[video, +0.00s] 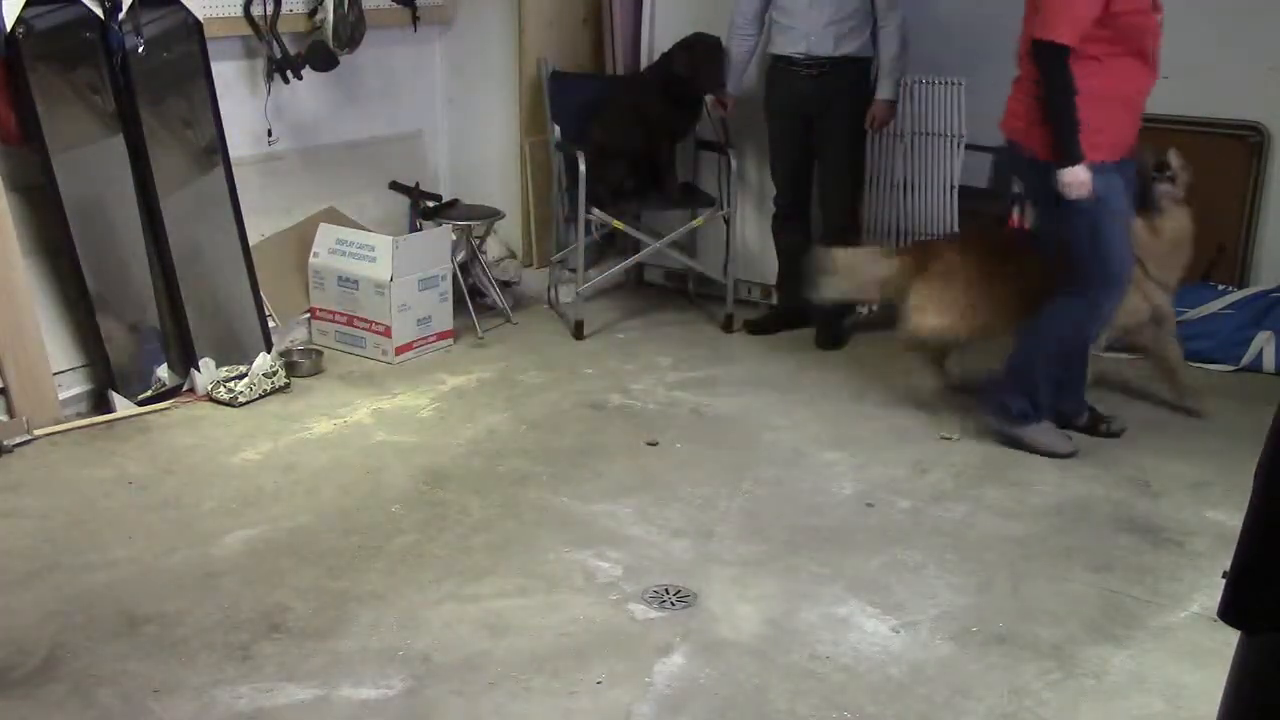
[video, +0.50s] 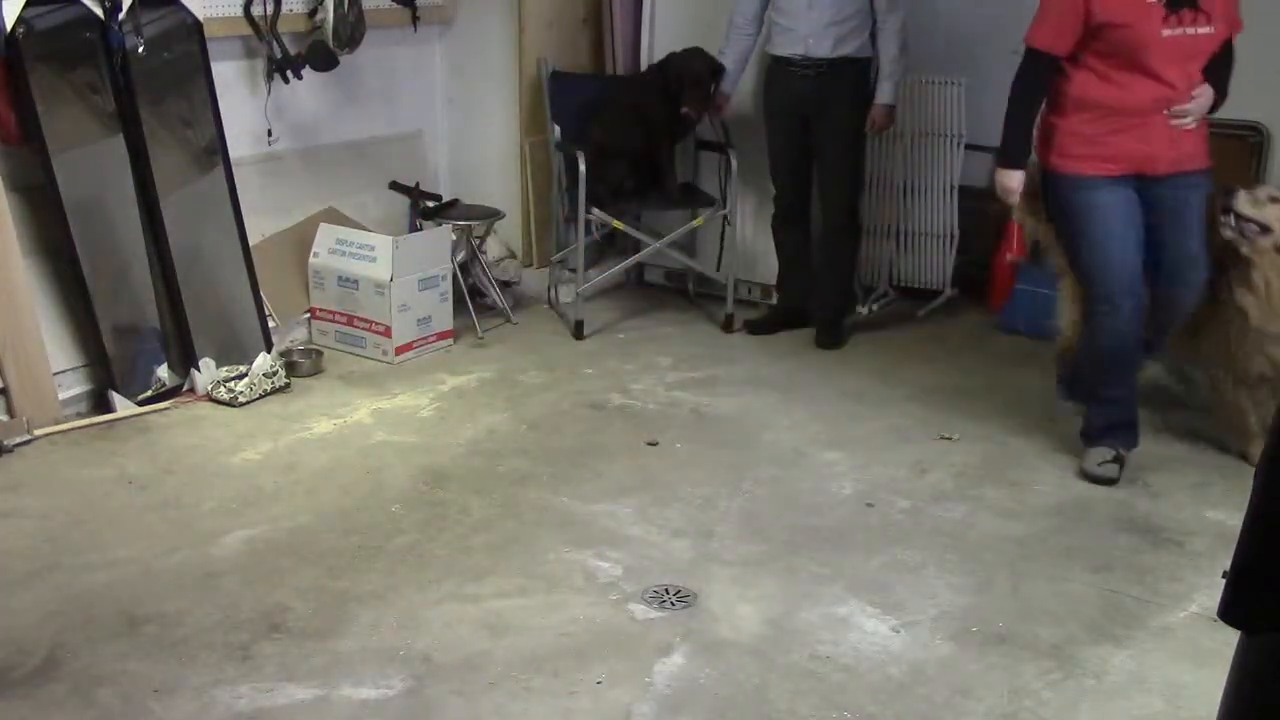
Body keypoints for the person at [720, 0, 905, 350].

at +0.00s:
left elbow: (890, 19)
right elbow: (748, 17)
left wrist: (885, 94)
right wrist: (729, 82)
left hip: (846, 76)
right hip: (785, 75)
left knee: (839, 201)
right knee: (789, 198)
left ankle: (834, 311)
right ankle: (791, 304)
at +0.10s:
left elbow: (890, 19)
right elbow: (748, 16)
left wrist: (885, 94)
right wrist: (729, 81)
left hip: (845, 77)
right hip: (785, 76)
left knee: (839, 203)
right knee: (789, 201)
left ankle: (831, 314)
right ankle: (793, 305)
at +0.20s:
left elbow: (891, 19)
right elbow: (748, 16)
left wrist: (885, 94)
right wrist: (728, 83)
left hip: (845, 77)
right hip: (785, 76)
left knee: (839, 202)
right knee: (789, 200)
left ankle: (831, 314)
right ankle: (792, 304)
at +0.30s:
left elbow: (891, 19)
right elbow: (747, 16)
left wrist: (884, 94)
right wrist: (727, 84)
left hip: (845, 77)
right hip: (784, 76)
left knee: (838, 202)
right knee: (788, 199)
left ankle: (831, 314)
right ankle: (792, 304)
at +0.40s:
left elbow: (890, 17)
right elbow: (747, 16)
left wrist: (885, 94)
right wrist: (725, 85)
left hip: (845, 76)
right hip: (784, 75)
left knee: (838, 202)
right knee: (788, 199)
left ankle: (831, 313)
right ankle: (793, 304)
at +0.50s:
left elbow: (890, 18)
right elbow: (747, 16)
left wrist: (885, 95)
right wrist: (725, 84)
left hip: (844, 77)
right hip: (783, 75)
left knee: (838, 202)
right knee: (789, 199)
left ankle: (831, 314)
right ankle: (793, 304)